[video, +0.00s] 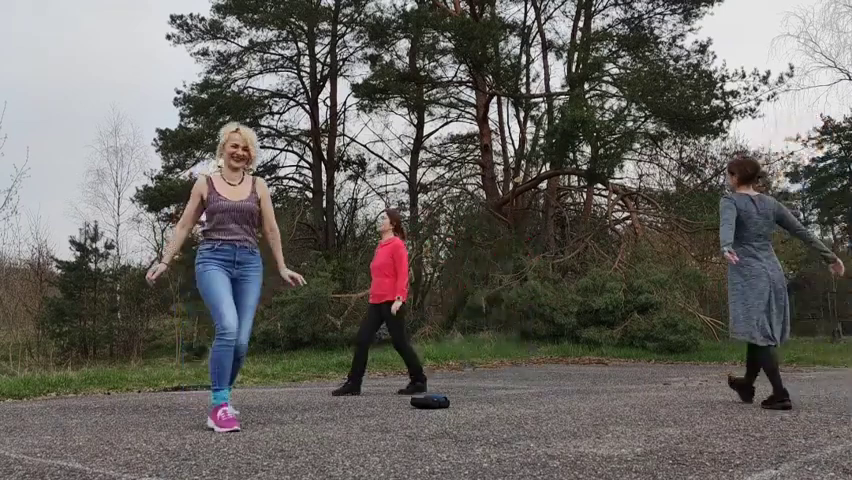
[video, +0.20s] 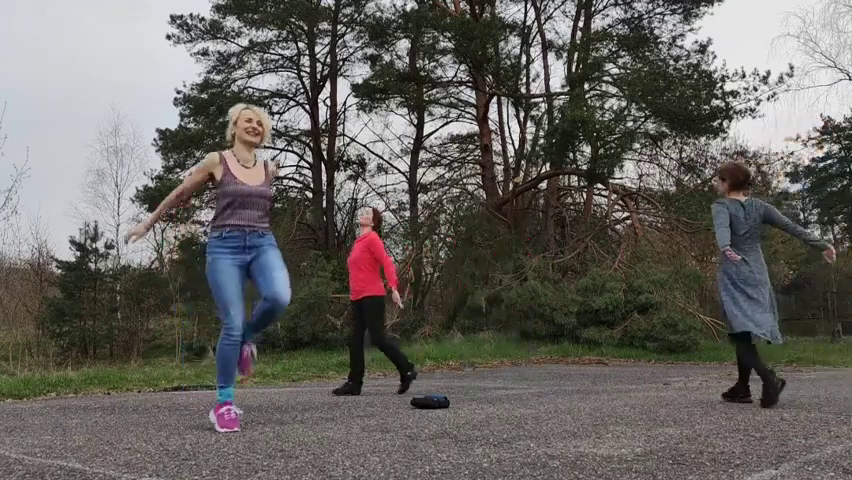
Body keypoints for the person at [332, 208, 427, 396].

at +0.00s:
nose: (380, 221)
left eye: (384, 219)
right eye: (380, 218)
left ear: (393, 223)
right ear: (384, 223)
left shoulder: (397, 245)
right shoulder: (381, 245)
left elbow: (403, 273)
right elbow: (381, 273)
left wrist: (399, 297)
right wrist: (374, 295)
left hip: (392, 301)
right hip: (376, 302)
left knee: (400, 343)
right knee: (362, 340)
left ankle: (419, 381)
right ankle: (353, 384)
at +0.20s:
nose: (361, 216)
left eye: (365, 213)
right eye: (361, 213)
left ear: (374, 219)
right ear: (359, 219)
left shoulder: (373, 238)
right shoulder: (359, 240)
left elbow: (387, 262)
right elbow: (361, 268)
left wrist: (393, 288)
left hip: (372, 296)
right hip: (358, 297)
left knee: (378, 339)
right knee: (356, 341)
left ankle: (407, 370)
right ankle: (354, 383)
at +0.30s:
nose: (356, 217)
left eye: (360, 214)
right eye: (355, 214)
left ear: (368, 220)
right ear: (354, 219)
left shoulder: (366, 239)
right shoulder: (354, 240)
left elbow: (380, 262)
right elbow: (360, 270)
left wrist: (388, 288)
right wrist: (375, 292)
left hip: (362, 297)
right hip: (350, 297)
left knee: (358, 338)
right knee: (350, 340)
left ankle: (395, 365)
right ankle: (353, 384)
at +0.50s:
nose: (351, 227)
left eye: (355, 224)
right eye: (348, 224)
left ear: (362, 227)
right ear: (345, 228)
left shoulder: (362, 249)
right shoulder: (348, 248)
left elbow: (355, 278)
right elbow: (337, 281)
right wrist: (323, 308)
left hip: (348, 302)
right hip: (338, 301)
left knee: (330, 339)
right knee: (328, 339)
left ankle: (353, 379)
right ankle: (353, 376)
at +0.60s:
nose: (348, 224)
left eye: (351, 221)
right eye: (345, 221)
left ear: (358, 224)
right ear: (342, 225)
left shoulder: (359, 244)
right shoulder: (341, 245)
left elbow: (341, 264)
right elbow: (328, 268)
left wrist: (316, 262)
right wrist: (310, 276)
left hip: (344, 296)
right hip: (333, 296)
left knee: (326, 341)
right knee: (335, 341)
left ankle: (330, 380)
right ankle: (352, 382)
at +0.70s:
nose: (343, 220)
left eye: (346, 216)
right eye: (340, 217)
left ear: (353, 219)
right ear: (336, 220)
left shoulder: (354, 237)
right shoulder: (335, 239)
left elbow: (332, 249)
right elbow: (316, 258)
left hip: (341, 290)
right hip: (327, 289)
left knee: (328, 334)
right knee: (333, 335)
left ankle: (310, 380)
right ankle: (350, 377)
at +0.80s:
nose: (337, 220)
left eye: (341, 217)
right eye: (335, 217)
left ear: (350, 219)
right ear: (332, 220)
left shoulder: (351, 236)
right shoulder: (332, 237)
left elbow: (327, 240)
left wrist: (318, 217)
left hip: (336, 286)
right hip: (324, 286)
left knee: (323, 331)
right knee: (323, 332)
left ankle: (313, 379)